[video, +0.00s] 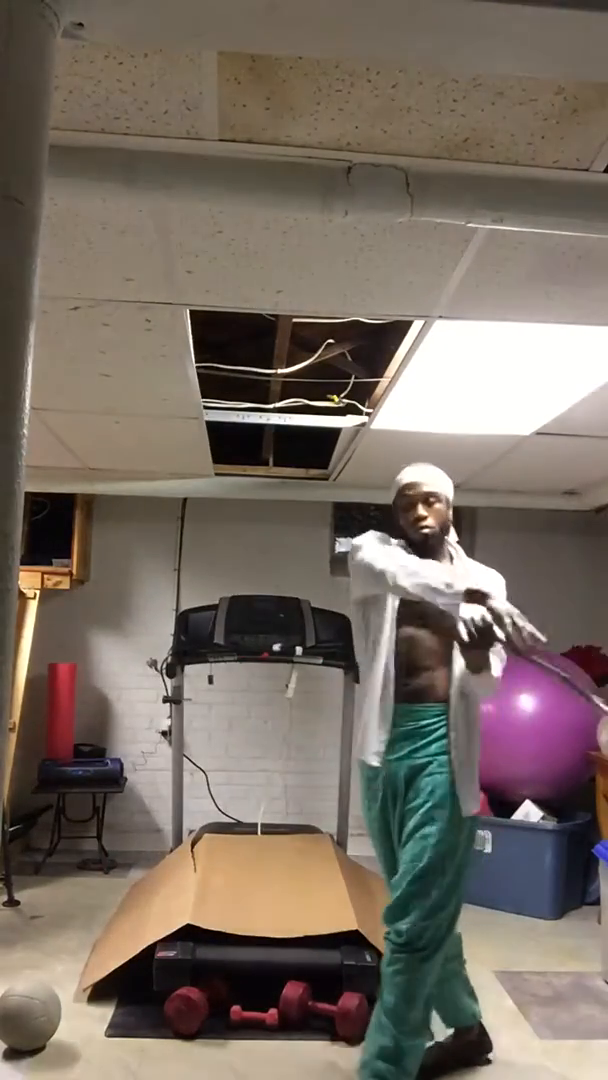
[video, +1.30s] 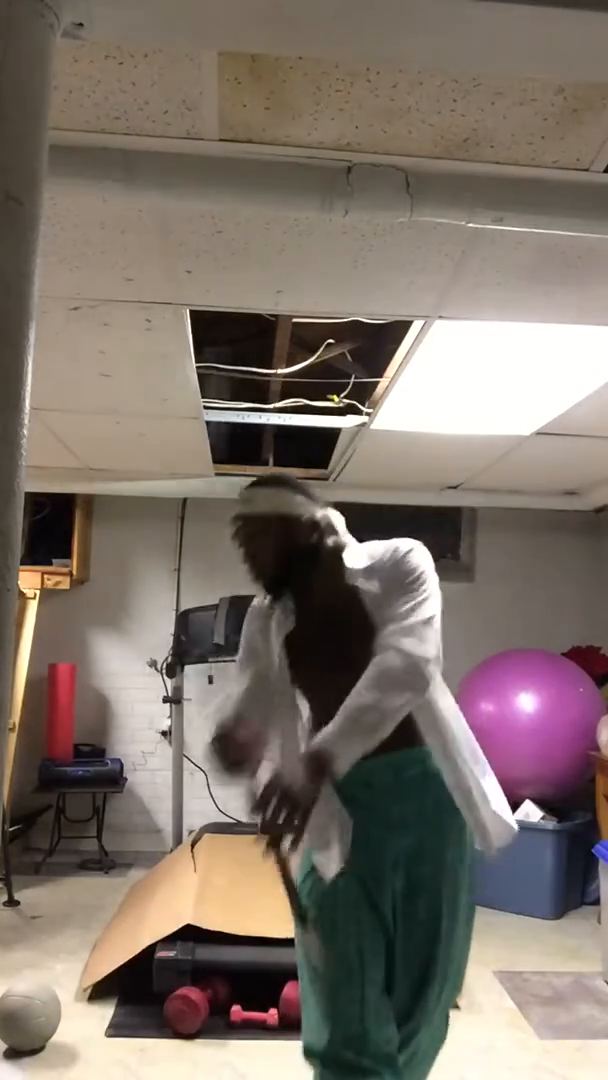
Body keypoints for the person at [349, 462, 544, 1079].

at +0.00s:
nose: (424, 510)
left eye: (433, 500)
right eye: (412, 502)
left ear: (452, 510)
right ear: (395, 514)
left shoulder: (478, 580)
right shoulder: (372, 550)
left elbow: (527, 647)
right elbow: (394, 571)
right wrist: (469, 600)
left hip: (444, 734)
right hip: (379, 735)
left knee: (414, 910)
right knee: (414, 898)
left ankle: (385, 1069)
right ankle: (466, 1028)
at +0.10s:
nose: (414, 507)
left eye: (425, 497)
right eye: (404, 500)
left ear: (448, 507)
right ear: (389, 512)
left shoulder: (475, 580)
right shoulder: (371, 548)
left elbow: (476, 686)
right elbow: (366, 558)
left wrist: (470, 628)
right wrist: (491, 600)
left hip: (432, 742)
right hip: (369, 741)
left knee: (401, 921)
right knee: (403, 899)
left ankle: (372, 1072)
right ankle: (463, 1022)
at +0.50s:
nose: (360, 481)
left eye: (373, 470)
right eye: (356, 474)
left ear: (415, 487)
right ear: (355, 492)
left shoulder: (456, 561)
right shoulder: (341, 548)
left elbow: (499, 661)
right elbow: (329, 508)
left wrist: (490, 566)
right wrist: (436, 522)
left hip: (417, 738)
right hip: (337, 735)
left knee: (395, 923)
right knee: (308, 904)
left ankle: (367, 1069)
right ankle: (383, 1009)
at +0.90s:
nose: (310, 506)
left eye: (322, 490)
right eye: (305, 494)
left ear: (371, 491)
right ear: (302, 502)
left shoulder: (430, 554)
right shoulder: (311, 558)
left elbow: (524, 609)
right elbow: (256, 586)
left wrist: (450, 566)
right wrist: (363, 555)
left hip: (421, 753)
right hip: (335, 752)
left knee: (405, 941)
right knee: (309, 943)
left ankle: (375, 1067)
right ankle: (308, 1067)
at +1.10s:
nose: (281, 523)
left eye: (290, 506)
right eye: (277, 511)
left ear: (340, 497)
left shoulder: (422, 546)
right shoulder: (285, 580)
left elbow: (475, 622)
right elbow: (232, 673)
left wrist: (386, 644)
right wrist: (296, 634)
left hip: (425, 767)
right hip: (336, 772)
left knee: (413, 980)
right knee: (335, 988)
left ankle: (391, 1070)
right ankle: (348, 1070)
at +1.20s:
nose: (268, 531)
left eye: (279, 513)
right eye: (261, 517)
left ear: (323, 507)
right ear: (262, 522)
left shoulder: (413, 551)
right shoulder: (276, 595)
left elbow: (442, 637)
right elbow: (229, 704)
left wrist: (349, 702)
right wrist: (280, 674)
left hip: (425, 775)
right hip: (335, 784)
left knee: (419, 986)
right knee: (345, 996)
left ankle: (391, 1069)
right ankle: (356, 1064)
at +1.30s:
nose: (242, 548)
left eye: (251, 533)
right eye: (240, 536)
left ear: (296, 527)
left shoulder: (398, 562)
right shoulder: (268, 616)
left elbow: (406, 666)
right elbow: (249, 718)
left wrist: (315, 763)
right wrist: (236, 745)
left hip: (425, 798)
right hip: (336, 809)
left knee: (421, 1006)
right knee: (346, 1023)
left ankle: (397, 1071)